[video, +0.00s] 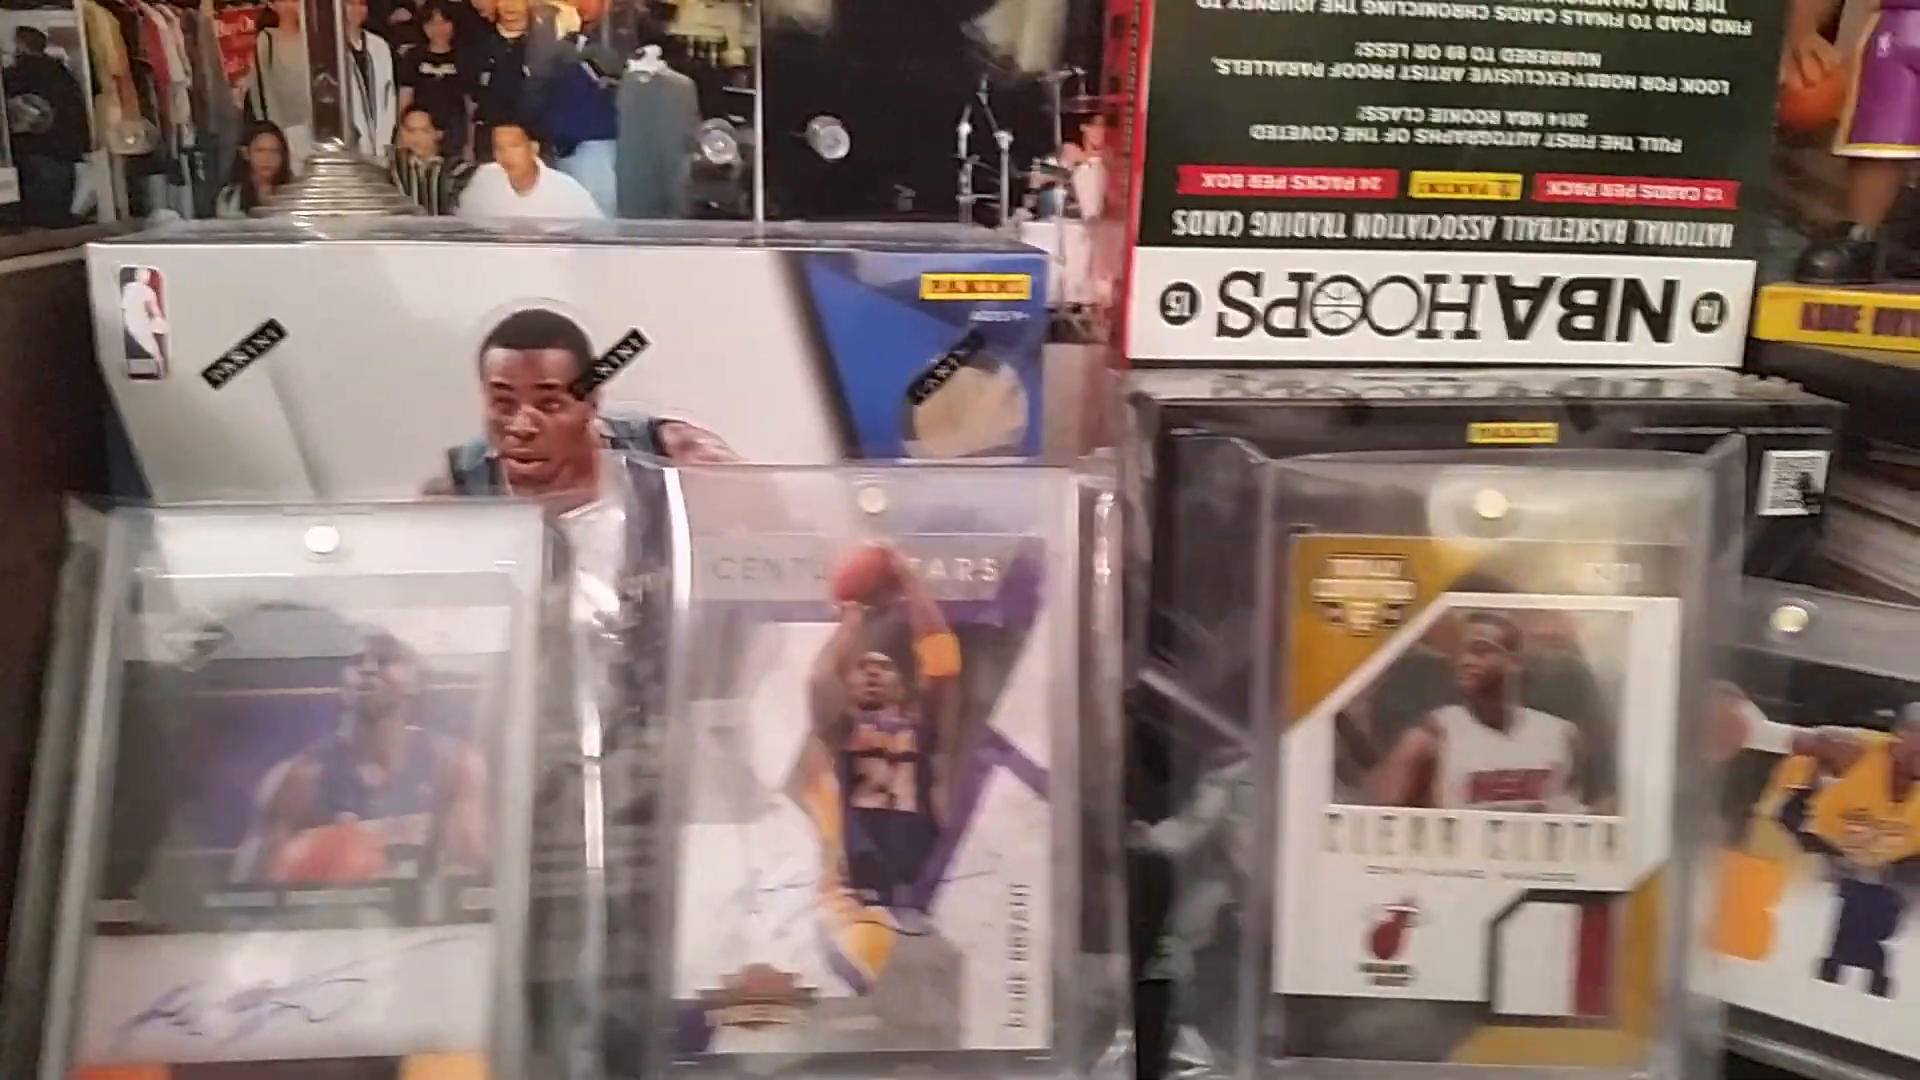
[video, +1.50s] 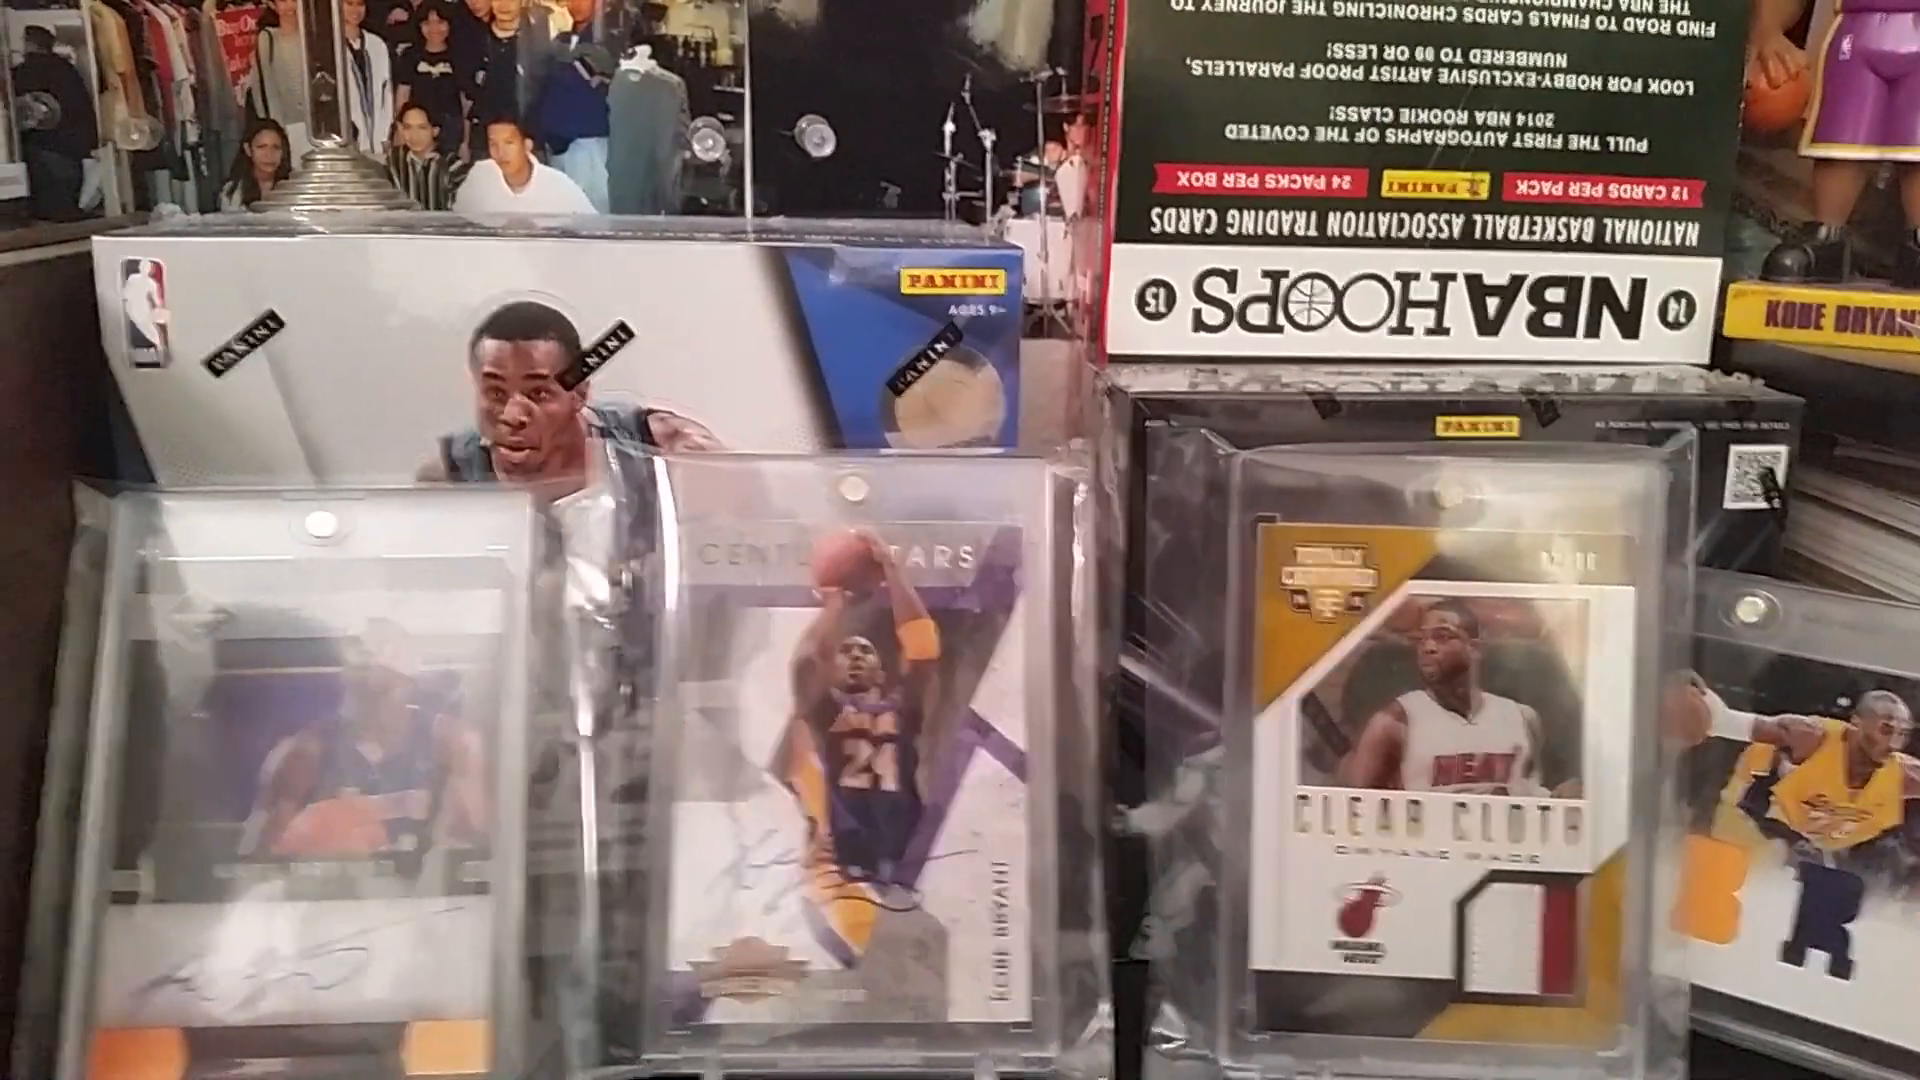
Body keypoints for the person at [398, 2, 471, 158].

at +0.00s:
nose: (440, 29)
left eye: (444, 22)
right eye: (434, 23)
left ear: (453, 26)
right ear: (425, 28)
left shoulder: (463, 58)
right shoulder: (413, 58)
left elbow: (470, 102)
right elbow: (406, 97)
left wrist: (470, 145)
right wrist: (403, 135)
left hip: (454, 132)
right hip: (421, 133)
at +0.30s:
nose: (393, 28)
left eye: (399, 21)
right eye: (386, 22)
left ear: (408, 26)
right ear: (380, 27)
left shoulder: (418, 57)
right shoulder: (370, 55)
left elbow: (426, 100)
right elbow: (362, 93)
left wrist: (426, 142)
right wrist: (358, 131)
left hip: (409, 128)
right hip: (377, 129)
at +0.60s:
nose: (377, 30)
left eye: (379, 24)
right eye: (370, 25)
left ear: (386, 28)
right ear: (361, 30)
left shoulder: (396, 58)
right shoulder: (348, 58)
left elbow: (404, 100)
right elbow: (340, 95)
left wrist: (403, 144)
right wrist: (337, 134)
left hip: (388, 130)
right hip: (356, 131)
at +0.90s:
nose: (394, 28)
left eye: (399, 21)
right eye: (387, 22)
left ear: (408, 26)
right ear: (381, 28)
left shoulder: (417, 56)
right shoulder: (370, 56)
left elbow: (426, 98)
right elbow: (362, 95)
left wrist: (426, 141)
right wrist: (359, 132)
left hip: (410, 127)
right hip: (378, 129)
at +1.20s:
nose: (420, 28)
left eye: (427, 21)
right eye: (414, 23)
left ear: (435, 27)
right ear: (408, 28)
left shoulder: (446, 56)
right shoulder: (398, 55)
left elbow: (453, 99)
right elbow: (390, 93)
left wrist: (453, 140)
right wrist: (389, 130)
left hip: (437, 125)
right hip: (405, 126)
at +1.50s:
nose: (434, 28)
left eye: (440, 22)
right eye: (428, 23)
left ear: (449, 27)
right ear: (421, 28)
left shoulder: (458, 56)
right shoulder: (410, 56)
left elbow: (466, 99)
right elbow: (403, 93)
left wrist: (465, 141)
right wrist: (400, 130)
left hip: (450, 127)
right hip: (418, 129)